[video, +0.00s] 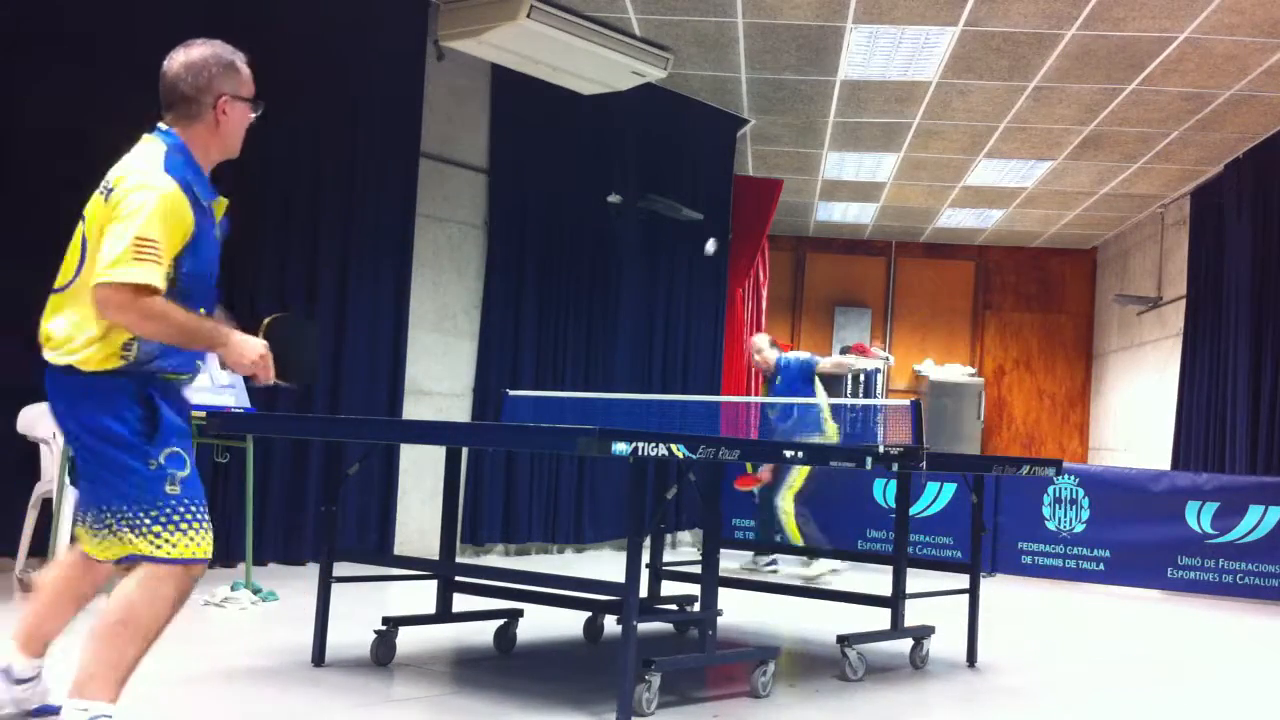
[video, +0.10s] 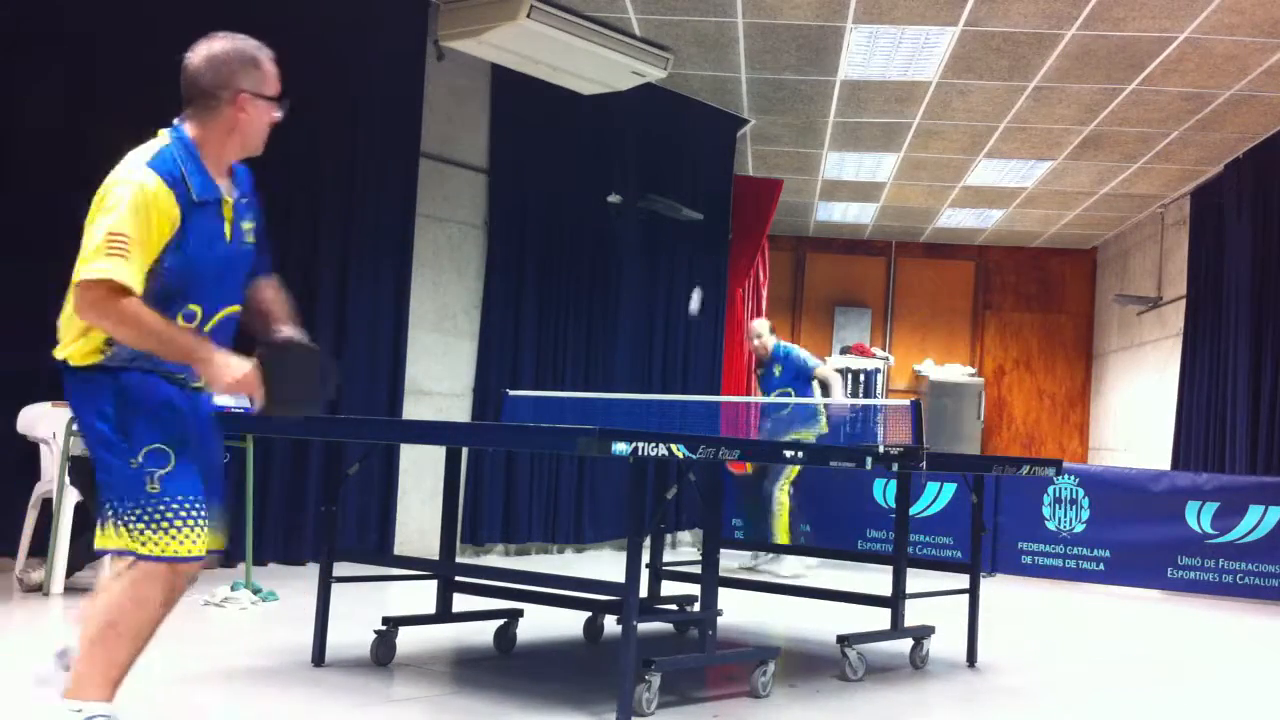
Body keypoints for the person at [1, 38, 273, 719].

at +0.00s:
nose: (252, 117)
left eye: (252, 104)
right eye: (248, 103)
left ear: (192, 106)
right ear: (221, 109)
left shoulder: (164, 169)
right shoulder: (159, 182)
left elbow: (160, 294)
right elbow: (119, 299)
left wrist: (224, 339)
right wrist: (227, 339)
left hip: (108, 377)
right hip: (113, 381)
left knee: (108, 539)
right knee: (179, 551)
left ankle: (15, 671)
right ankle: (87, 708)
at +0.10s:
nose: (278, 115)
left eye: (277, 102)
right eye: (271, 100)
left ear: (228, 103)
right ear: (234, 102)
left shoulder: (235, 181)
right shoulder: (146, 178)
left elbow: (255, 279)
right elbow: (96, 297)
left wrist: (284, 334)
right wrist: (211, 358)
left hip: (183, 378)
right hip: (120, 374)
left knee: (188, 548)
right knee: (168, 546)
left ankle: (82, 665)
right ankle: (84, 702)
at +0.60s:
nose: (532, 142)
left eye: (528, 128)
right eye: (519, 128)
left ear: (478, 141)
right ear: (483, 138)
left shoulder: (466, 207)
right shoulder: (443, 197)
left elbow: (399, 316)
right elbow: (517, 258)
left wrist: (472, 350)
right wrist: (568, 179)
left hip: (415, 407)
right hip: (370, 396)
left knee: (502, 552)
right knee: (336, 592)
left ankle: (437, 707)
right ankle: (166, 683)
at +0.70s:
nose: (577, 150)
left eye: (573, 137)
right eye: (568, 137)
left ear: (510, 144)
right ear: (543, 138)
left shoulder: (454, 200)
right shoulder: (570, 192)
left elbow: (404, 297)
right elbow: (676, 250)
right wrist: (748, 233)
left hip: (398, 363)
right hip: (457, 365)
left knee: (508, 532)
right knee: (444, 568)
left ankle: (446, 699)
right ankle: (282, 634)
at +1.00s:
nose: (684, 172)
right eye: (680, 165)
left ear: (612, 165)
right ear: (671, 165)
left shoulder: (585, 199)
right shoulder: (715, 220)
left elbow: (536, 248)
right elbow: (708, 312)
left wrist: (542, 363)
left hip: (622, 383)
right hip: (716, 388)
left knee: (559, 555)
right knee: (755, 572)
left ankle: (521, 707)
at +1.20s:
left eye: (646, 147)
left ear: (647, 150)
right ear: (713, 133)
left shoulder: (661, 200)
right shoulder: (778, 187)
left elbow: (697, 271)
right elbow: (818, 280)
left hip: (713, 391)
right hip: (803, 385)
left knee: (624, 544)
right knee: (810, 565)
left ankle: (580, 699)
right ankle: (854, 708)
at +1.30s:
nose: (657, 132)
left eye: (653, 122)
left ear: (656, 121)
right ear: (724, 104)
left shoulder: (671, 166)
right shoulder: (796, 155)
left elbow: (724, 244)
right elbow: (845, 251)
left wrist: (792, 327)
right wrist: (789, 308)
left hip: (724, 366)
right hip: (813, 368)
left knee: (640, 526)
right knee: (827, 541)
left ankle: (631, 699)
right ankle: (884, 703)